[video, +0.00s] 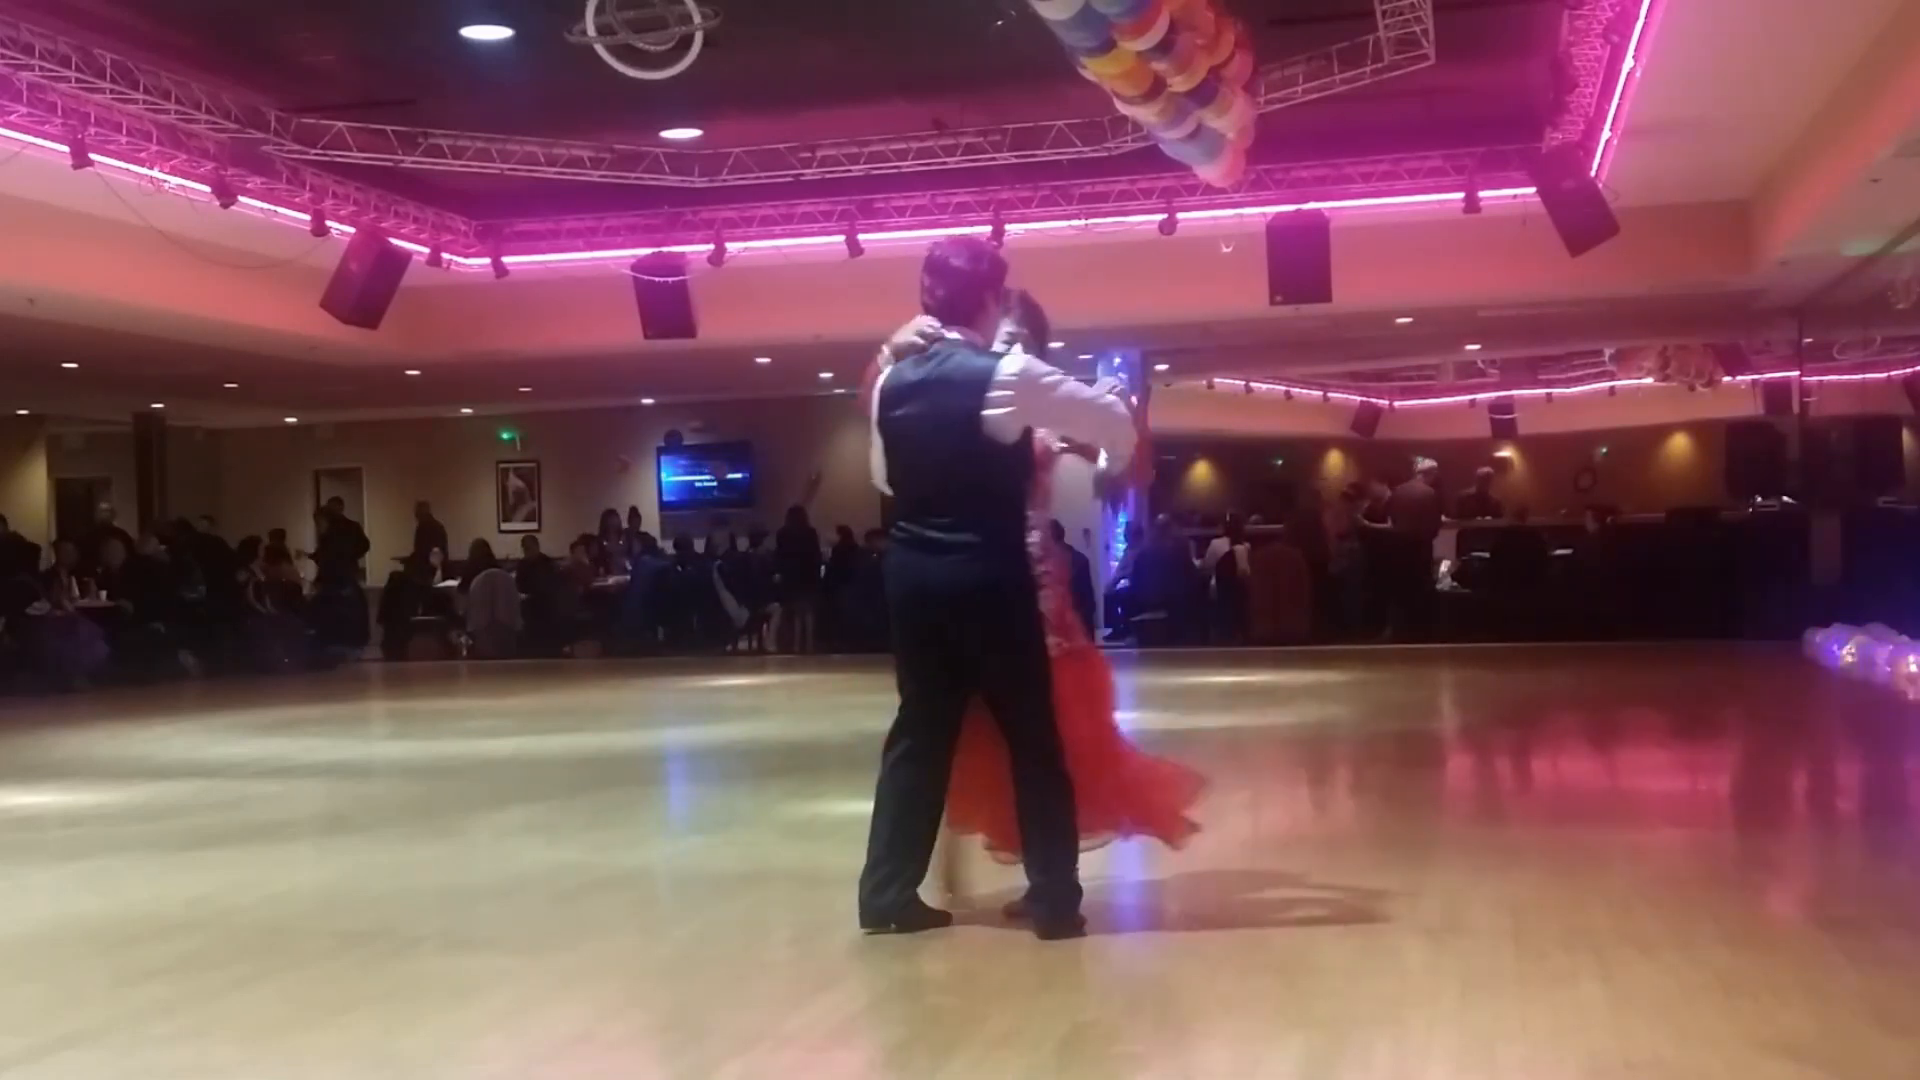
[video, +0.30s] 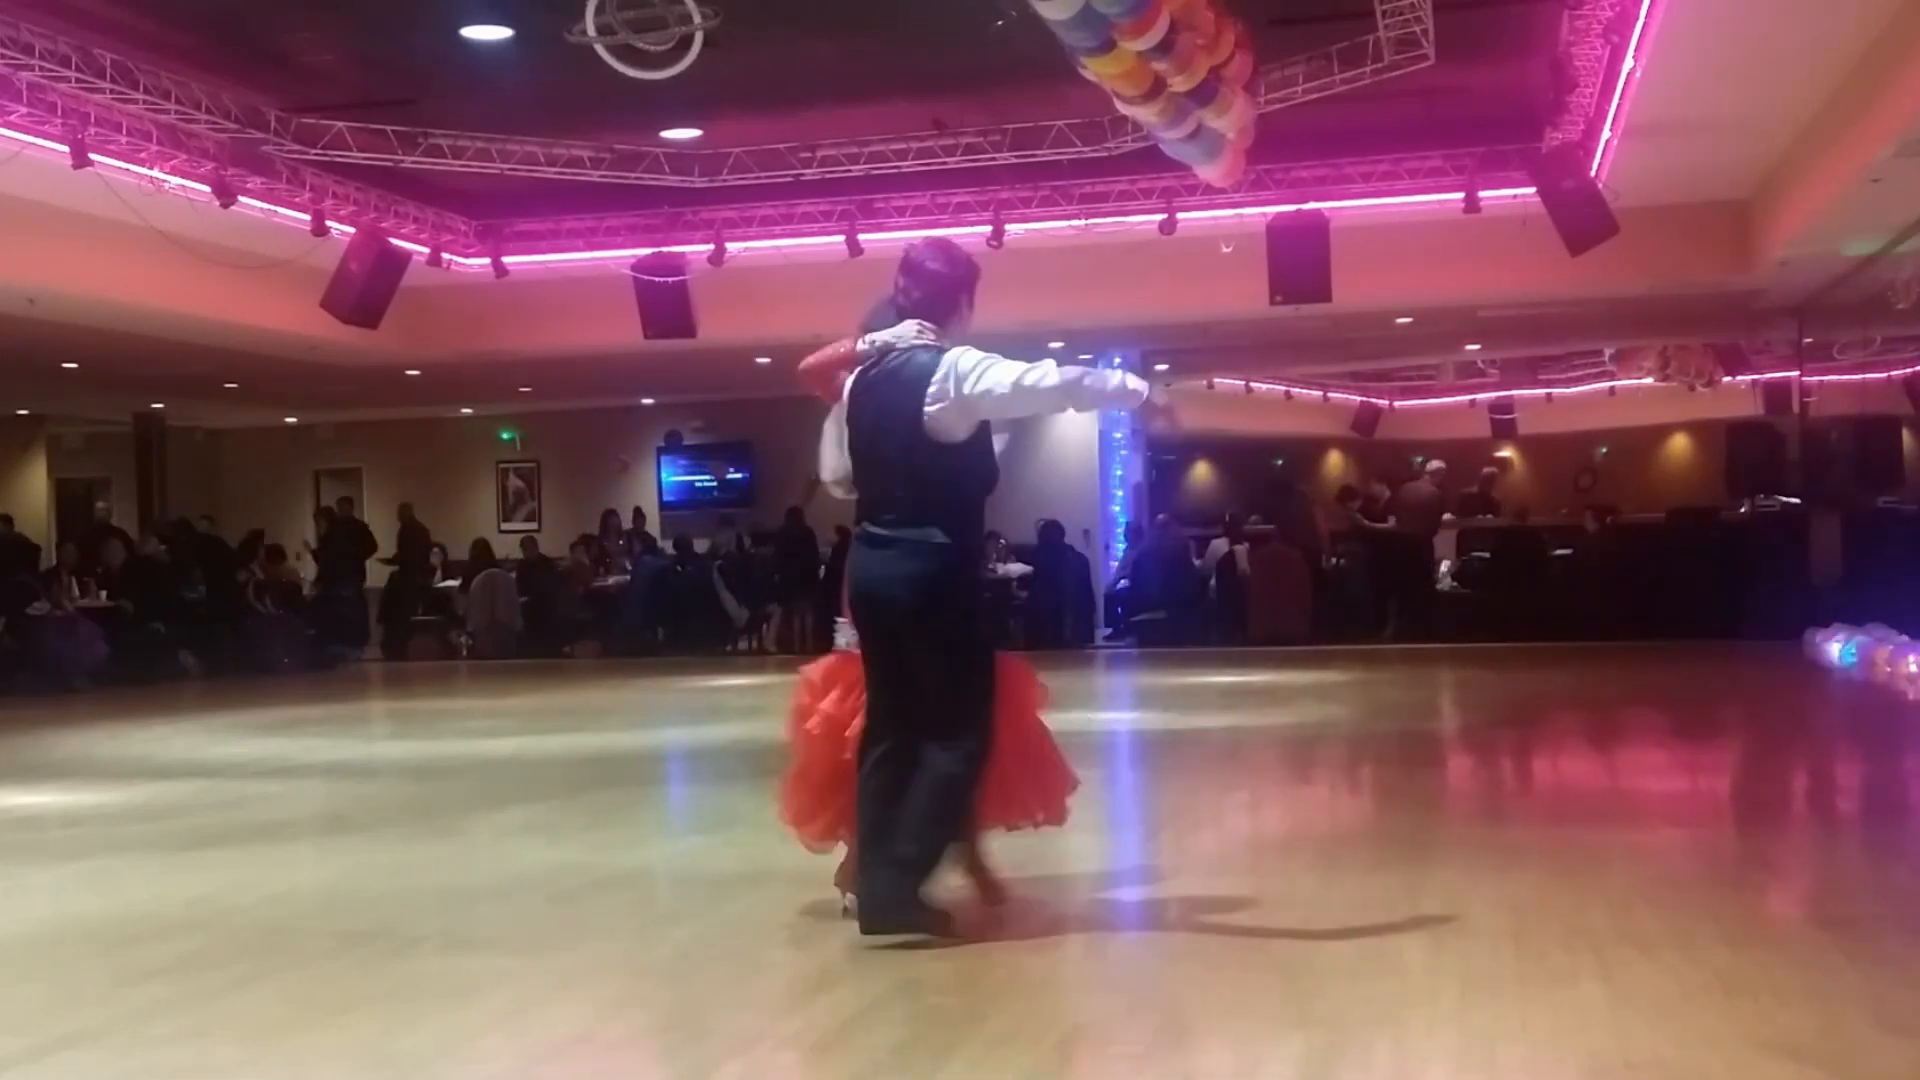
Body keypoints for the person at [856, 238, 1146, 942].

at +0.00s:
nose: (1006, 308)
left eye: (1002, 296)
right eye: (1001, 296)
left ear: (926, 301)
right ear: (992, 300)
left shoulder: (891, 378)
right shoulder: (1011, 373)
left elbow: (884, 476)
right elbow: (1117, 426)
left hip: (913, 565)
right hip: (990, 568)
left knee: (920, 726)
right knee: (1032, 731)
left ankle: (886, 895)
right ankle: (1055, 902)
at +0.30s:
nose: (973, 313)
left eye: (971, 303)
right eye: (970, 303)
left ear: (900, 295)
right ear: (957, 304)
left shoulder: (861, 378)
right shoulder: (953, 368)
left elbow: (835, 474)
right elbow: (1044, 381)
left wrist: (900, 477)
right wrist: (1130, 387)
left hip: (873, 561)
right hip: (938, 565)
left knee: (888, 723)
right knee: (958, 730)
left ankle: (880, 894)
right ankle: (897, 887)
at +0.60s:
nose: (965, 316)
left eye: (963, 305)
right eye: (963, 304)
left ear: (893, 302)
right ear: (954, 305)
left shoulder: (859, 381)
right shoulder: (949, 373)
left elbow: (791, 472)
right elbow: (1046, 379)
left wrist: (781, 471)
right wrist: (1157, 359)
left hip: (871, 563)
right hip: (919, 565)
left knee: (907, 728)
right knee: (883, 726)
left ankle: (887, 894)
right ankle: (788, 884)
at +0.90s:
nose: (951, 317)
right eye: (955, 306)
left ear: (891, 309)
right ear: (955, 311)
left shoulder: (854, 388)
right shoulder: (961, 381)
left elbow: (781, 473)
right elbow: (1043, 431)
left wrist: (782, 467)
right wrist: (1138, 452)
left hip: (865, 565)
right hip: (929, 570)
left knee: (890, 727)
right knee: (916, 735)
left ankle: (882, 888)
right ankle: (843, 885)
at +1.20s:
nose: (876, 304)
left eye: (876, 292)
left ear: (876, 303)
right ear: (943, 306)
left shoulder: (843, 386)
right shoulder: (979, 382)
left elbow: (813, 492)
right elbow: (1050, 458)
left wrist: (838, 532)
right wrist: (989, 514)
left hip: (871, 578)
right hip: (959, 579)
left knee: (864, 736)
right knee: (968, 742)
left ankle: (866, 902)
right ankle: (986, 903)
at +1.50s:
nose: (887, 311)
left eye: (890, 302)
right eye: (891, 301)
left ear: (902, 306)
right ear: (963, 309)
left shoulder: (886, 375)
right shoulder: (998, 385)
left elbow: (848, 473)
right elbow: (1032, 486)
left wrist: (819, 554)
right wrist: (1002, 538)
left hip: (897, 569)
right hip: (976, 567)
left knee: (869, 733)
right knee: (969, 738)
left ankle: (847, 897)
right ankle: (999, 900)